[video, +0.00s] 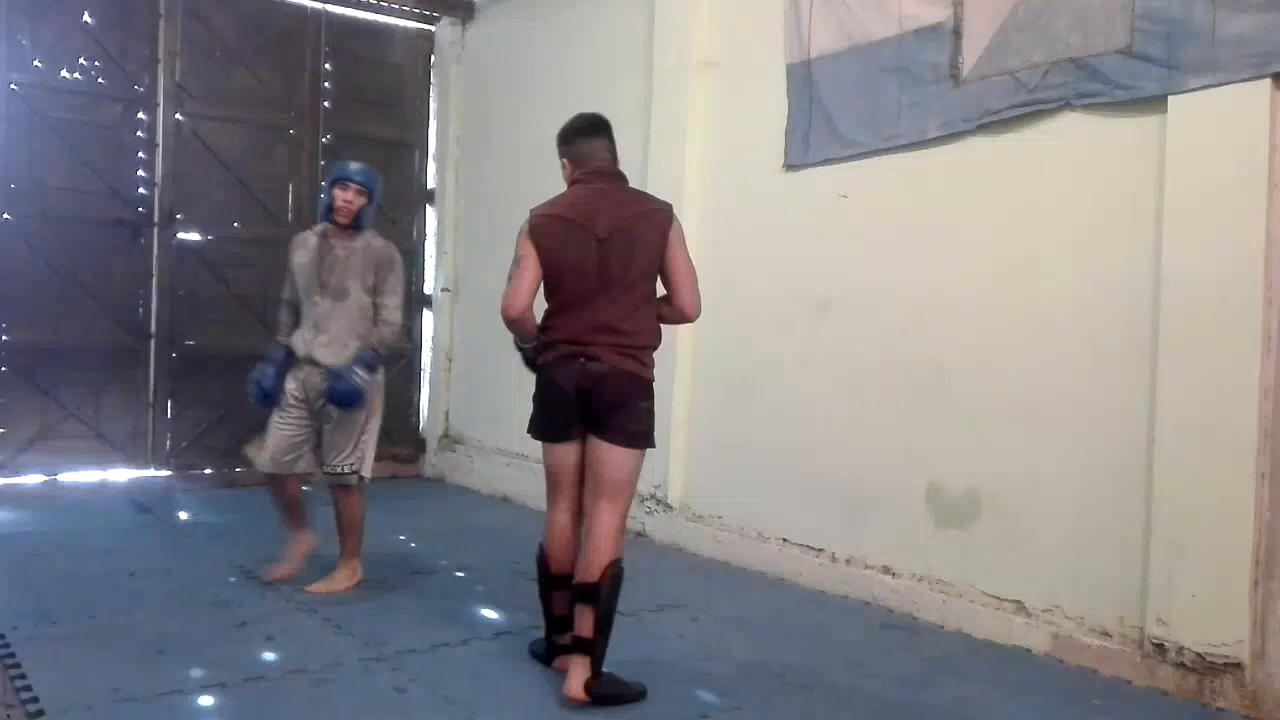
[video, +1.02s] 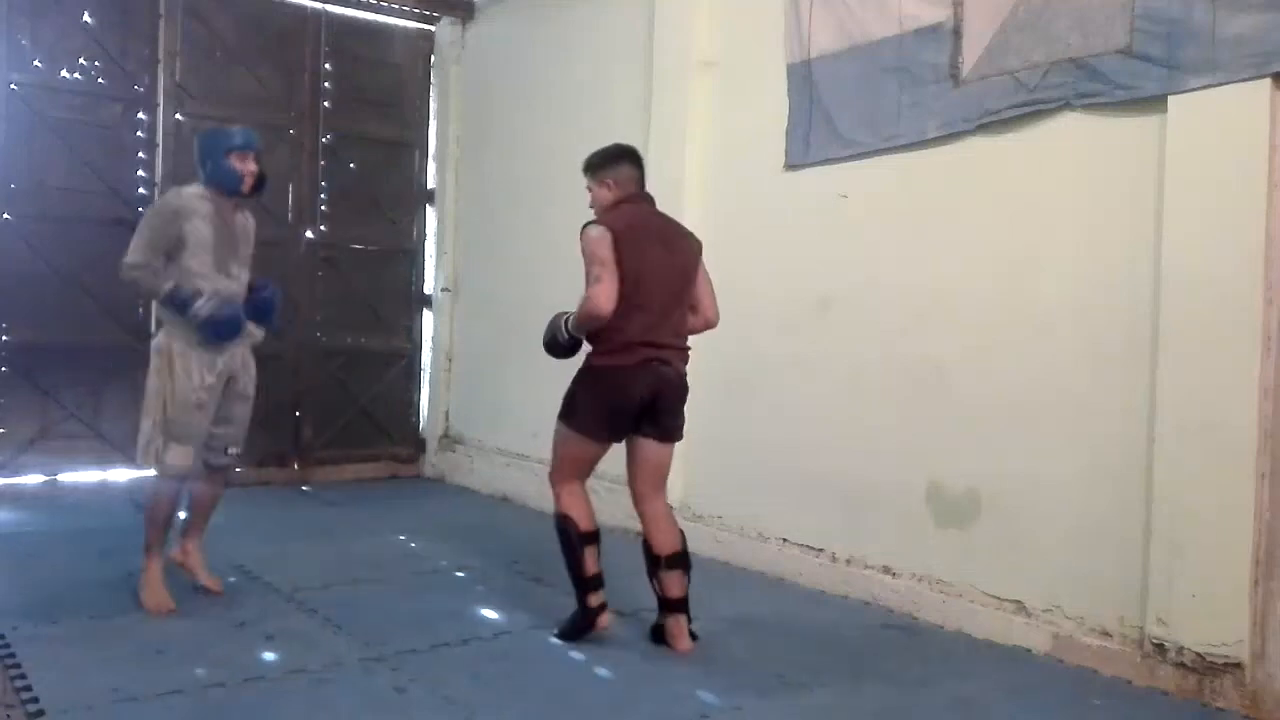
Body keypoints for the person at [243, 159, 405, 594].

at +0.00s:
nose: (347, 199)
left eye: (357, 193)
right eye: (341, 188)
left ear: (368, 202)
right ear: (328, 193)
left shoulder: (382, 254)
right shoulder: (303, 245)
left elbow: (390, 324)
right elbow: (290, 311)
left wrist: (361, 367)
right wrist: (276, 361)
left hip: (352, 379)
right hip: (302, 373)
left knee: (343, 473)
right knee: (275, 461)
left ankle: (349, 567)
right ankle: (299, 536)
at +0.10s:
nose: (338, 197)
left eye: (348, 191)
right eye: (331, 187)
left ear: (357, 200)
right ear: (318, 191)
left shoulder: (372, 251)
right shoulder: (290, 243)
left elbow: (382, 317)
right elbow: (272, 308)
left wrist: (347, 355)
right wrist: (256, 358)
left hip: (344, 376)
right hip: (290, 371)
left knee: (341, 472)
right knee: (267, 461)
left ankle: (349, 563)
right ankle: (257, 547)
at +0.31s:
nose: (305, 206)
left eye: (313, 199)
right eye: (297, 196)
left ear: (321, 209)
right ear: (279, 199)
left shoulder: (334, 259)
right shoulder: (241, 254)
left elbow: (354, 320)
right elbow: (214, 319)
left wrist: (326, 349)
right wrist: (194, 370)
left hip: (308, 388)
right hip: (249, 386)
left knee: (317, 490)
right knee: (216, 483)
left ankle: (346, 565)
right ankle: (194, 573)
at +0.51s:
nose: (274, 188)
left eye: (282, 181)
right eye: (265, 178)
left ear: (289, 193)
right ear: (245, 182)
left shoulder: (293, 250)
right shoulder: (203, 233)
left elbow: (302, 306)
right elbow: (169, 294)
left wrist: (303, 336)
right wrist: (163, 352)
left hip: (267, 372)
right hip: (202, 368)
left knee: (292, 467)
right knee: (189, 475)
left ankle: (321, 552)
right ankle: (186, 572)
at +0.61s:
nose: (270, 169)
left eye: (276, 162)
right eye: (260, 160)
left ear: (281, 173)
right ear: (237, 163)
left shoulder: (282, 228)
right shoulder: (195, 210)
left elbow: (283, 281)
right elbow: (151, 262)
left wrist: (285, 307)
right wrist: (150, 322)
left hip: (258, 351)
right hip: (196, 350)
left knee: (282, 449)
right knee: (188, 466)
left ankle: (279, 533)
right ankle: (176, 564)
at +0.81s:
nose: (251, 196)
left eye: (255, 188)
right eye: (241, 186)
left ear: (258, 198)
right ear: (215, 190)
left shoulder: (253, 250)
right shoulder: (182, 239)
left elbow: (262, 305)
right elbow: (112, 283)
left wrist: (270, 329)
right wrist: (128, 345)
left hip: (236, 383)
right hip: (181, 381)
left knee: (253, 472)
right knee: (175, 488)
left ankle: (209, 549)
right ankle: (158, 580)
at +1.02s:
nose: (251, 166)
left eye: (254, 159)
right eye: (241, 157)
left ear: (255, 169)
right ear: (215, 161)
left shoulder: (245, 221)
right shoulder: (179, 204)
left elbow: (230, 280)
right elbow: (136, 265)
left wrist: (254, 299)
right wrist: (192, 305)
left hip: (236, 350)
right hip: (186, 351)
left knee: (219, 459)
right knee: (175, 461)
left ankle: (191, 546)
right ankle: (152, 564)